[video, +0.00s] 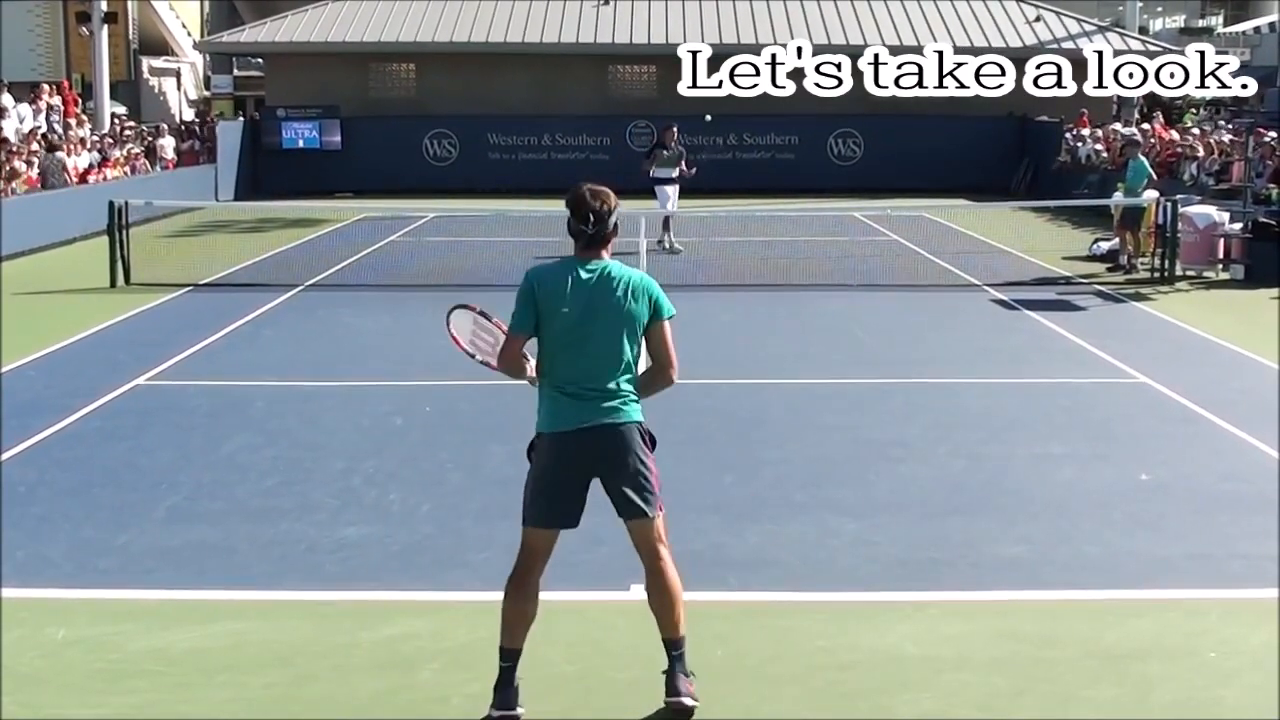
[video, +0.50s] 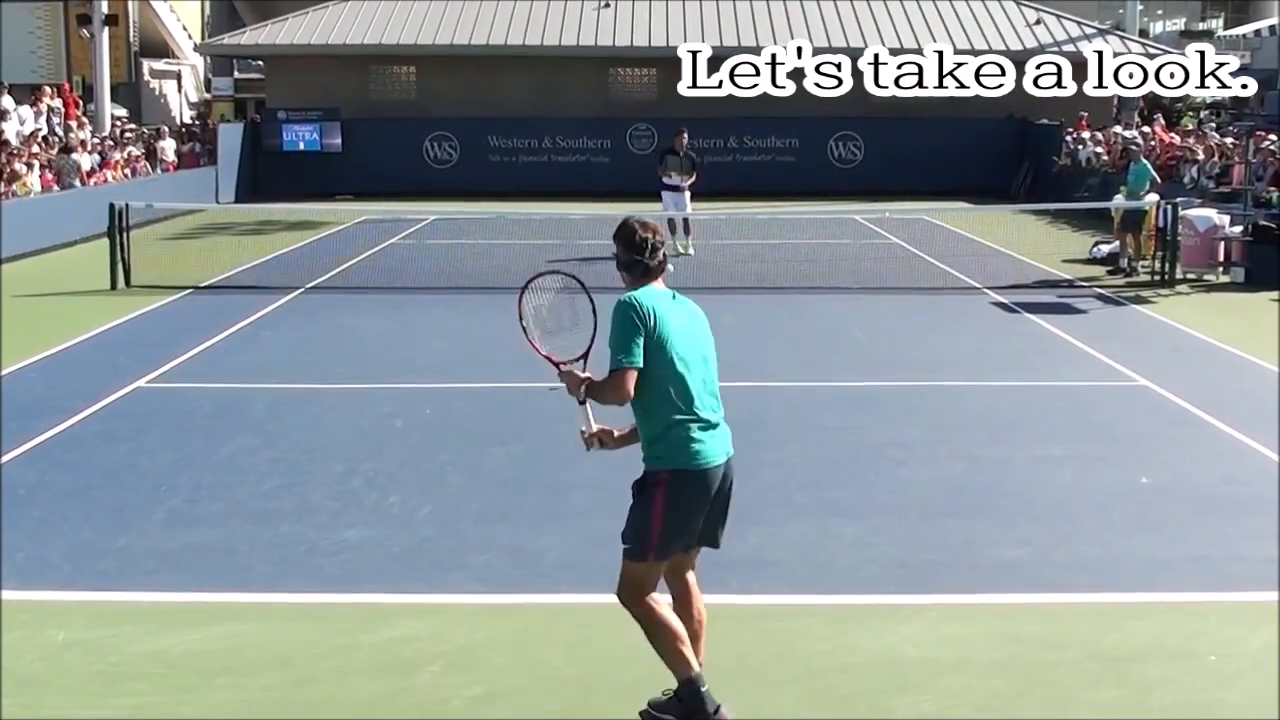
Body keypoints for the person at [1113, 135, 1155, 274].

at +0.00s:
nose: (1126, 151)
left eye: (1128, 148)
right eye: (1126, 148)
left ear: (1136, 148)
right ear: (1128, 149)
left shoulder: (1142, 162)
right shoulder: (1131, 162)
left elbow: (1153, 178)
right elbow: (1132, 180)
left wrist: (1142, 190)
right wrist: (1124, 187)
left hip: (1138, 202)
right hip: (1128, 200)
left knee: (1134, 231)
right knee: (1121, 230)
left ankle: (1135, 262)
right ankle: (1122, 261)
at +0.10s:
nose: (1126, 151)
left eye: (1128, 147)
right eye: (1126, 148)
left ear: (1136, 148)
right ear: (1129, 149)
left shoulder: (1143, 163)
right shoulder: (1131, 162)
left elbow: (1154, 179)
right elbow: (1131, 180)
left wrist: (1142, 190)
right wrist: (1125, 187)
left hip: (1138, 203)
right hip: (1128, 201)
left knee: (1135, 232)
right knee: (1121, 231)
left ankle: (1135, 263)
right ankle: (1122, 261)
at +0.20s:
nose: (1127, 151)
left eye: (1129, 148)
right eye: (1127, 148)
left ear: (1136, 149)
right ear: (1130, 149)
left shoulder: (1143, 163)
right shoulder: (1131, 163)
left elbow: (1154, 179)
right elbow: (1132, 180)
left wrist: (1142, 190)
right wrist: (1125, 187)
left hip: (1138, 203)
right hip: (1128, 202)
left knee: (1135, 233)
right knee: (1121, 231)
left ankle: (1135, 263)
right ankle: (1122, 261)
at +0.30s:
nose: (1128, 151)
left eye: (1130, 148)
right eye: (1128, 148)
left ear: (1137, 149)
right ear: (1131, 150)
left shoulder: (1144, 163)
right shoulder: (1132, 163)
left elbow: (1155, 179)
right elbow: (1132, 181)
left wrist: (1143, 191)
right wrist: (1125, 188)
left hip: (1138, 203)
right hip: (1128, 202)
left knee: (1135, 233)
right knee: (1121, 231)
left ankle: (1135, 264)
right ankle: (1122, 262)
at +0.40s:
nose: (1129, 152)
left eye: (1131, 149)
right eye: (1128, 149)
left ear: (1138, 150)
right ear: (1130, 151)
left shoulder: (1145, 164)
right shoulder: (1132, 164)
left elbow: (1156, 181)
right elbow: (1133, 181)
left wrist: (1144, 193)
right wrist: (1126, 189)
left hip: (1139, 204)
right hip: (1129, 203)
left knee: (1136, 234)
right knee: (1121, 233)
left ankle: (1136, 265)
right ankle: (1122, 263)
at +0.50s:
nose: (1130, 154)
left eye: (1133, 151)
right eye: (1129, 151)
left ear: (1139, 151)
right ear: (1129, 152)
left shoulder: (1145, 165)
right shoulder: (1132, 165)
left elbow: (1157, 181)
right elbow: (1133, 181)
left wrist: (1146, 193)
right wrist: (1126, 190)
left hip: (1140, 205)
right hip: (1129, 203)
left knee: (1136, 235)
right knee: (1121, 233)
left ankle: (1136, 265)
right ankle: (1122, 264)